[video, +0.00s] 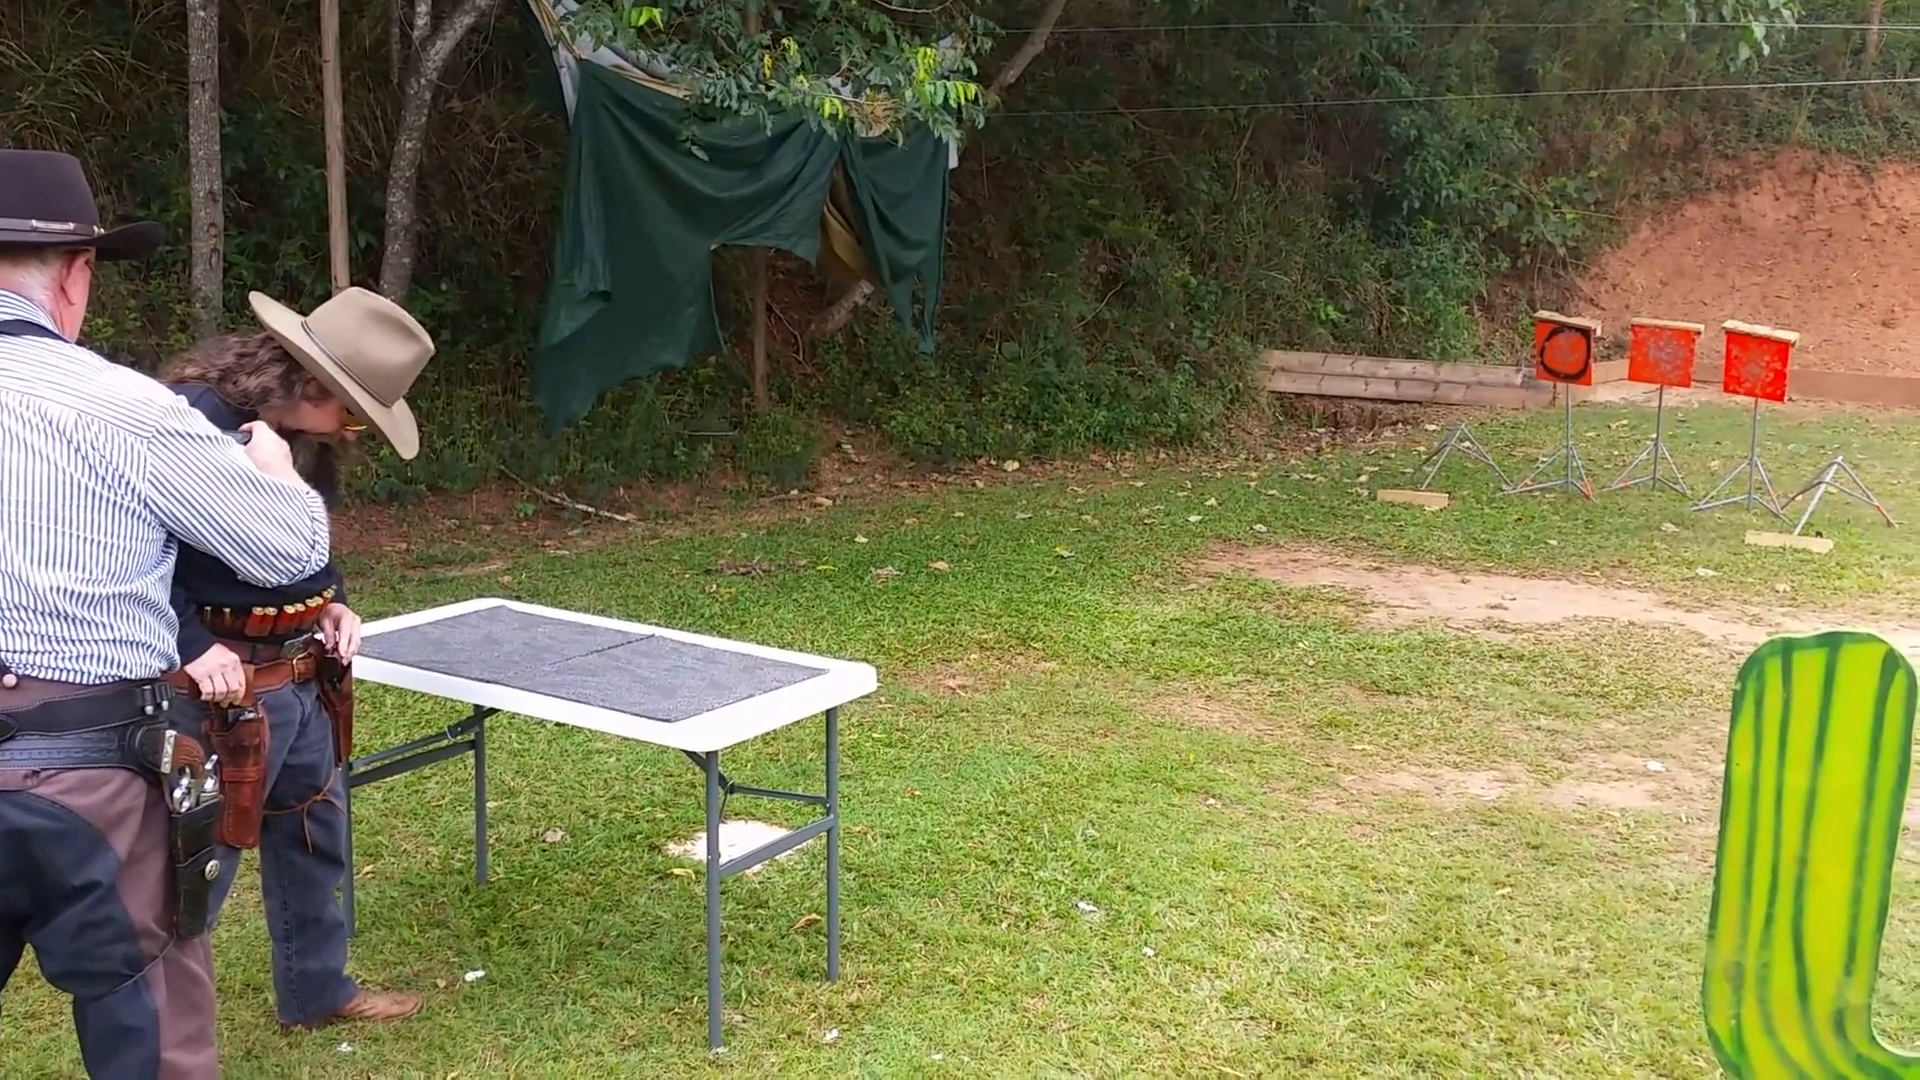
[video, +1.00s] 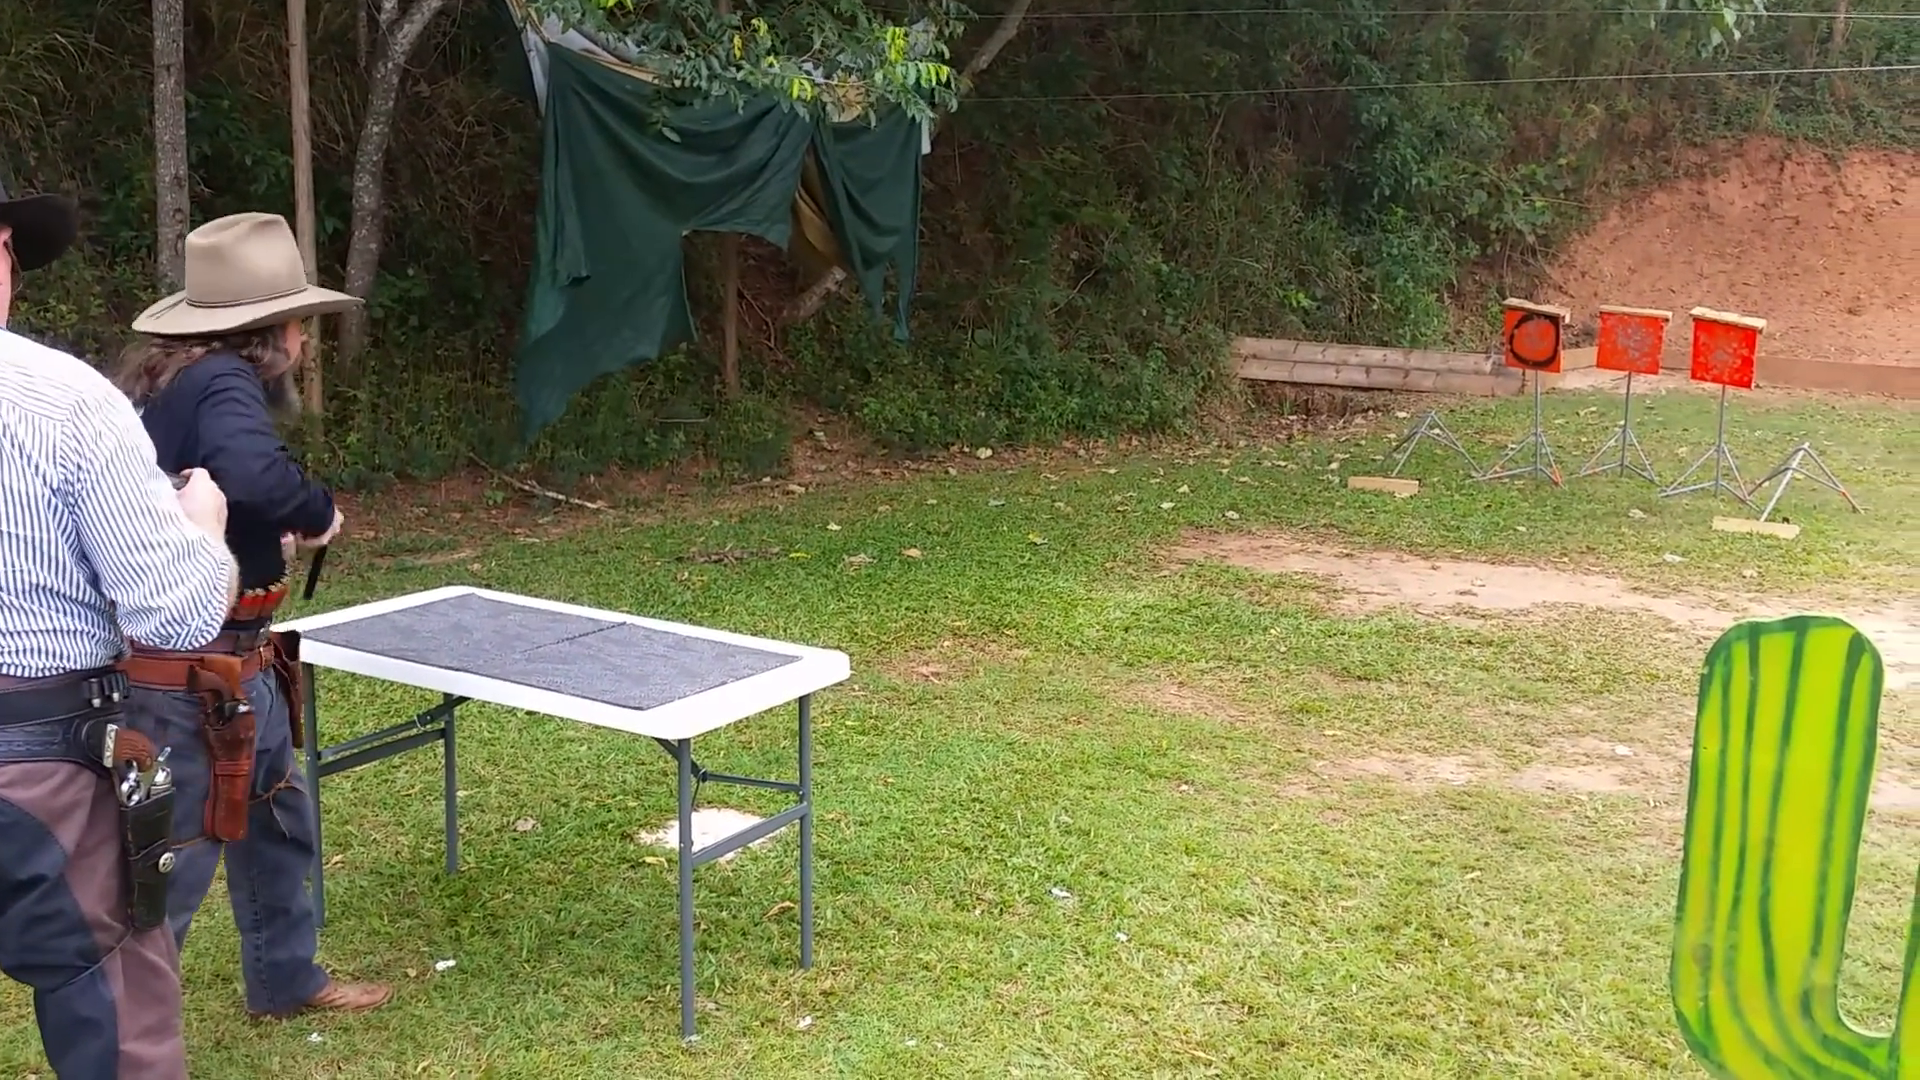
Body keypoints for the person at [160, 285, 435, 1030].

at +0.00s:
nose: (350, 432)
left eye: (358, 421)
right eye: (352, 416)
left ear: (324, 395)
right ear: (320, 390)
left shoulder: (297, 445)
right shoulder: (189, 425)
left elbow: (289, 548)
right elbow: (141, 556)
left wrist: (325, 605)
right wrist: (192, 643)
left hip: (296, 681)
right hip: (215, 694)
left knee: (313, 839)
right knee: (197, 870)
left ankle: (316, 992)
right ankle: (159, 1017)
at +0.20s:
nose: (341, 429)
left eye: (350, 418)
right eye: (343, 413)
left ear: (316, 391)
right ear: (314, 388)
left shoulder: (288, 441)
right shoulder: (180, 424)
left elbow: (288, 544)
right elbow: (128, 559)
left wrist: (319, 601)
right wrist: (183, 643)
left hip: (288, 680)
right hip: (203, 691)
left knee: (306, 836)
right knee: (191, 868)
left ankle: (311, 991)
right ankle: (157, 1020)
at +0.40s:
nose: (337, 423)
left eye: (345, 412)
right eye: (338, 408)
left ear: (311, 389)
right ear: (305, 382)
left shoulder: (293, 439)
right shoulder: (179, 415)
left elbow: (294, 527)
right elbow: (139, 545)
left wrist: (319, 589)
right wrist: (207, 629)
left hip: (281, 666)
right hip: (186, 674)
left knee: (300, 822)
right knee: (186, 856)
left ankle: (305, 986)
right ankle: (149, 1010)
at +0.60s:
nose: (321, 409)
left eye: (328, 397)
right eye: (321, 393)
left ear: (291, 373)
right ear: (290, 370)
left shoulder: (263, 426)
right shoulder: (197, 418)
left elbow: (272, 521)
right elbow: (222, 548)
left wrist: (315, 573)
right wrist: (298, 627)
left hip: (269, 666)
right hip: (203, 674)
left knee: (296, 819)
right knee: (180, 851)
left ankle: (297, 984)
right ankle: (141, 1005)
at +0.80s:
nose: (322, 378)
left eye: (324, 362)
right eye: (318, 360)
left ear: (245, 341)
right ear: (282, 357)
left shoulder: (222, 408)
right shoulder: (212, 412)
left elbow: (236, 524)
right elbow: (263, 553)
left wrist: (297, 562)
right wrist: (303, 623)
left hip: (254, 666)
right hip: (197, 673)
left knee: (287, 825)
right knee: (175, 859)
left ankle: (291, 986)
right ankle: (131, 1006)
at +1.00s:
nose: (303, 340)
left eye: (302, 324)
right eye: (296, 325)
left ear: (217, 325)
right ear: (262, 330)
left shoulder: (167, 379)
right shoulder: (221, 382)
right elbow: (250, 472)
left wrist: (271, 524)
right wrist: (318, 510)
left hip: (233, 651)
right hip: (197, 657)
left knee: (276, 817)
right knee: (175, 852)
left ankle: (285, 982)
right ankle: (127, 1011)